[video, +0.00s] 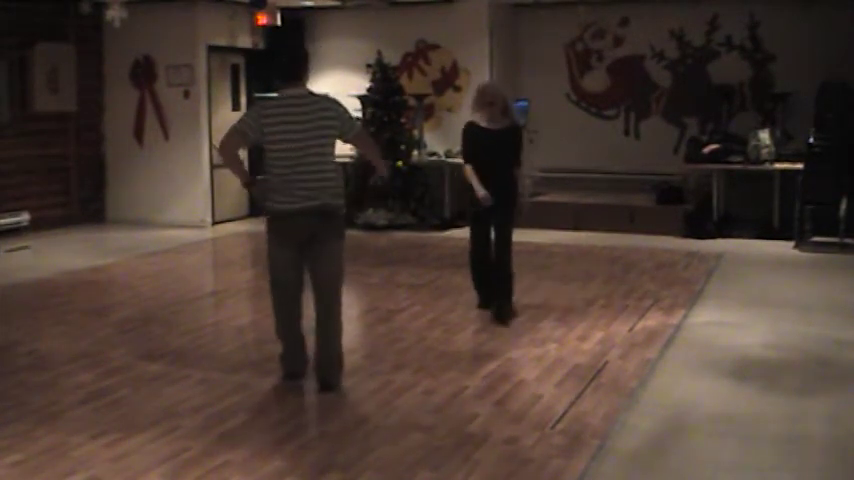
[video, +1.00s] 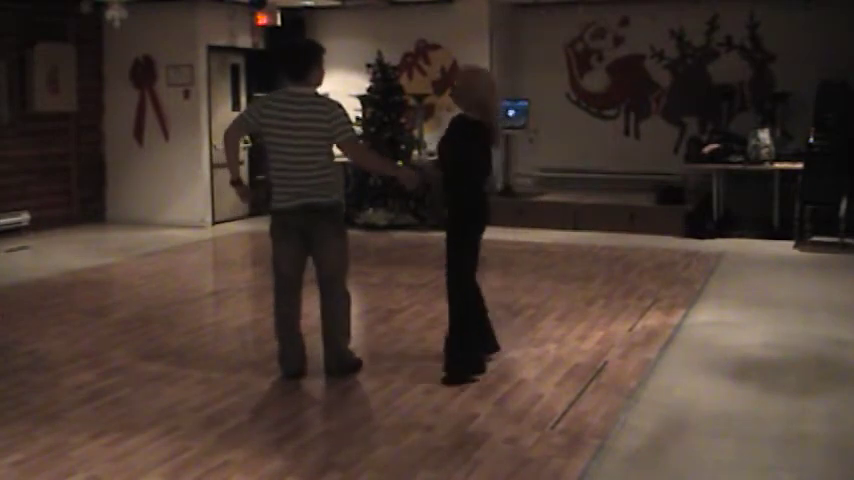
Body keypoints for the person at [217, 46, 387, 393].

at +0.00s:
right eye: (302, 64)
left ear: (274, 72)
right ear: (305, 69)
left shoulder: (263, 110)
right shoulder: (327, 106)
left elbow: (226, 147)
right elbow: (363, 142)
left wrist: (246, 179)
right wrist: (380, 164)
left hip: (283, 215)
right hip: (326, 212)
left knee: (285, 293)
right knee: (328, 296)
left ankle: (294, 368)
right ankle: (329, 375)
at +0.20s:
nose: (303, 69)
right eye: (303, 64)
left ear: (274, 71)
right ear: (304, 69)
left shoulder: (262, 109)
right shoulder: (324, 106)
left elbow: (227, 147)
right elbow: (358, 141)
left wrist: (233, 183)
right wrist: (380, 159)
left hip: (279, 212)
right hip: (322, 210)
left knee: (281, 291)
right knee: (323, 291)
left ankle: (291, 365)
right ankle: (327, 374)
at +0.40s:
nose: (306, 72)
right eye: (304, 66)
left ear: (269, 71)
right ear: (302, 70)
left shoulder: (258, 109)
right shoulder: (320, 106)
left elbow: (221, 149)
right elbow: (354, 141)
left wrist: (233, 189)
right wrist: (383, 160)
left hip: (279, 216)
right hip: (321, 212)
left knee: (283, 291)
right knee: (325, 287)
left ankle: (292, 364)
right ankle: (329, 365)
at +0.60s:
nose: (312, 72)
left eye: (309, 65)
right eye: (309, 66)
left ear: (274, 70)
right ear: (304, 70)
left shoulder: (259, 106)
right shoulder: (322, 106)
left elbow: (225, 143)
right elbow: (358, 145)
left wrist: (246, 179)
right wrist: (392, 165)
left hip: (279, 212)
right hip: (323, 208)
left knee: (285, 290)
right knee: (332, 284)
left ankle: (292, 362)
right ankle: (336, 359)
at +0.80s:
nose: (319, 73)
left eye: (317, 66)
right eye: (317, 66)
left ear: (280, 69)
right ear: (310, 69)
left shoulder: (262, 106)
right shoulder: (324, 106)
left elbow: (228, 140)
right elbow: (360, 148)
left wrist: (234, 182)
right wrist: (398, 172)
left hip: (281, 210)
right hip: (324, 208)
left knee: (286, 289)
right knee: (333, 285)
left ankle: (291, 362)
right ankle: (337, 358)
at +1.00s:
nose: (324, 71)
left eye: (322, 65)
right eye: (321, 65)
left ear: (286, 68)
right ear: (313, 68)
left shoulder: (266, 105)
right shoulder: (327, 108)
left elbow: (231, 135)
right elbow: (357, 154)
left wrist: (236, 179)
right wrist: (399, 171)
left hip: (284, 212)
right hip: (326, 211)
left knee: (286, 290)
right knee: (333, 286)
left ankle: (291, 363)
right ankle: (337, 358)